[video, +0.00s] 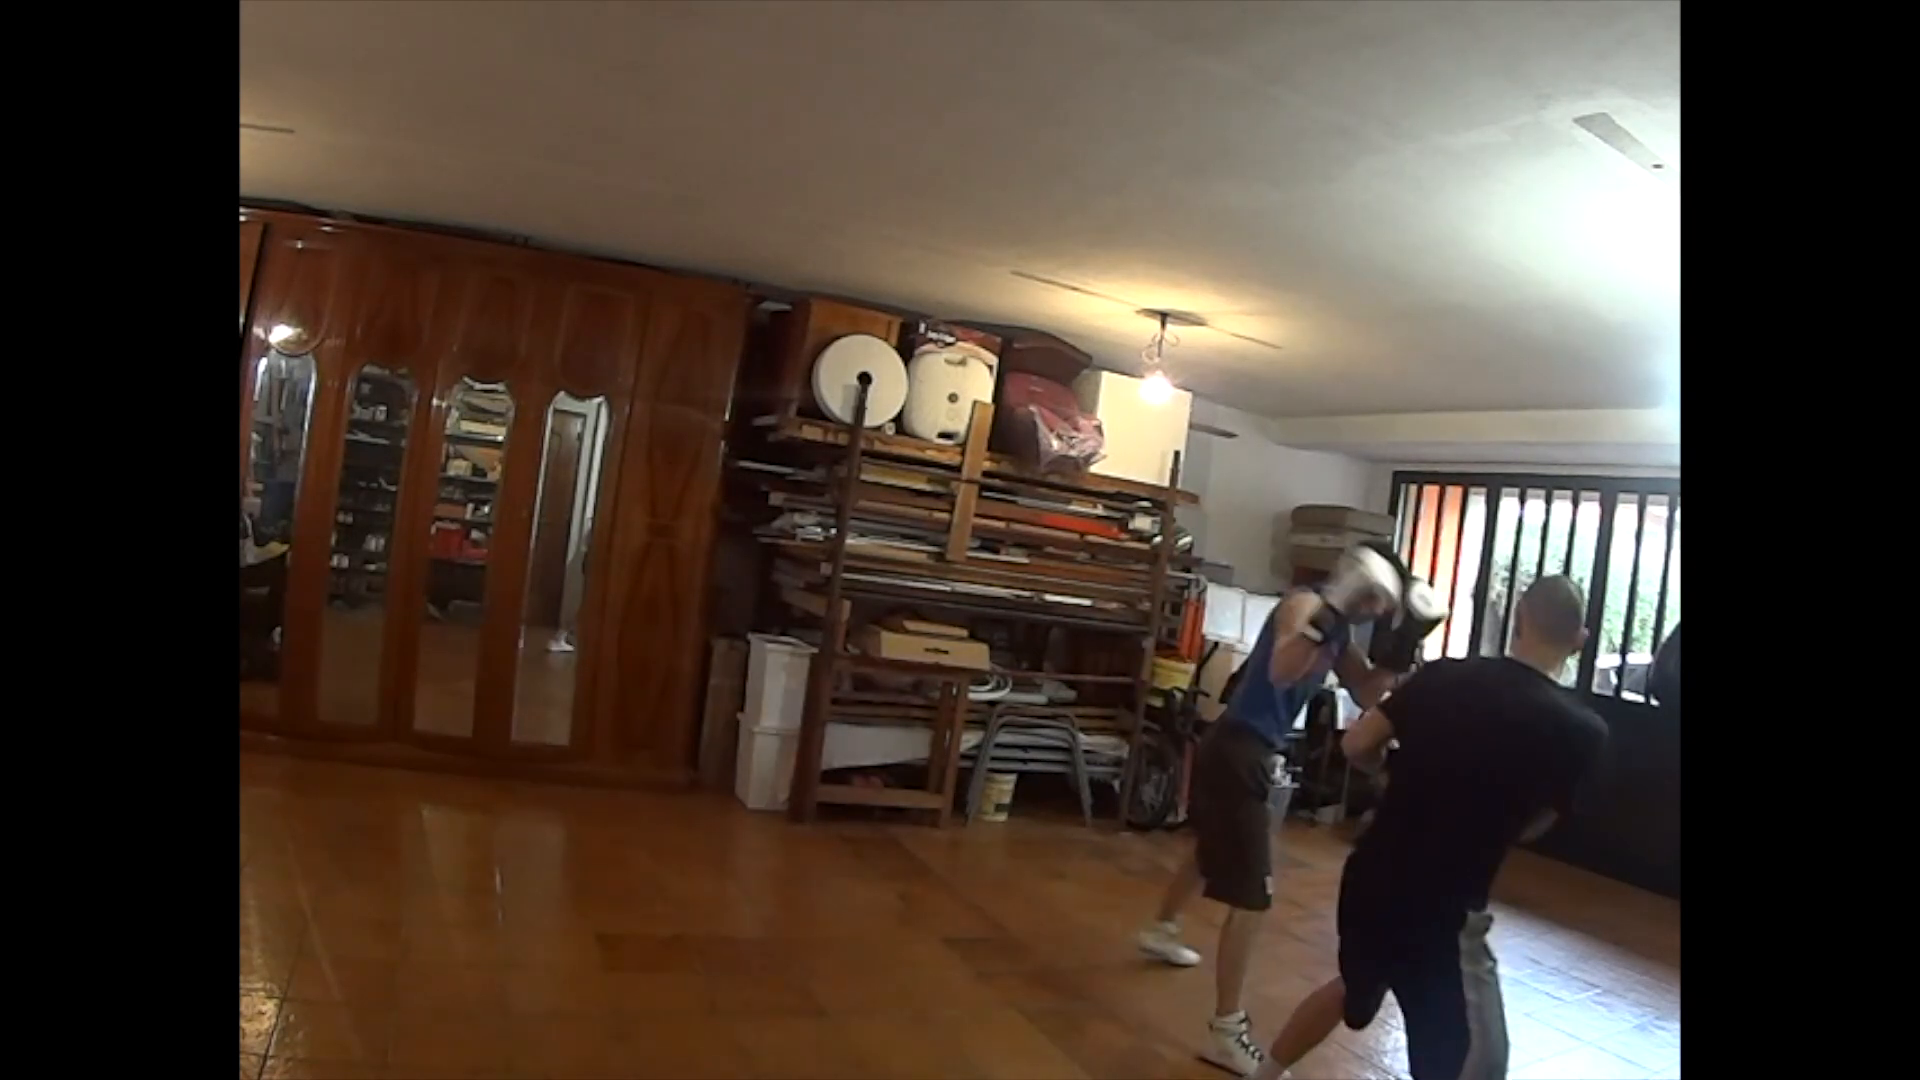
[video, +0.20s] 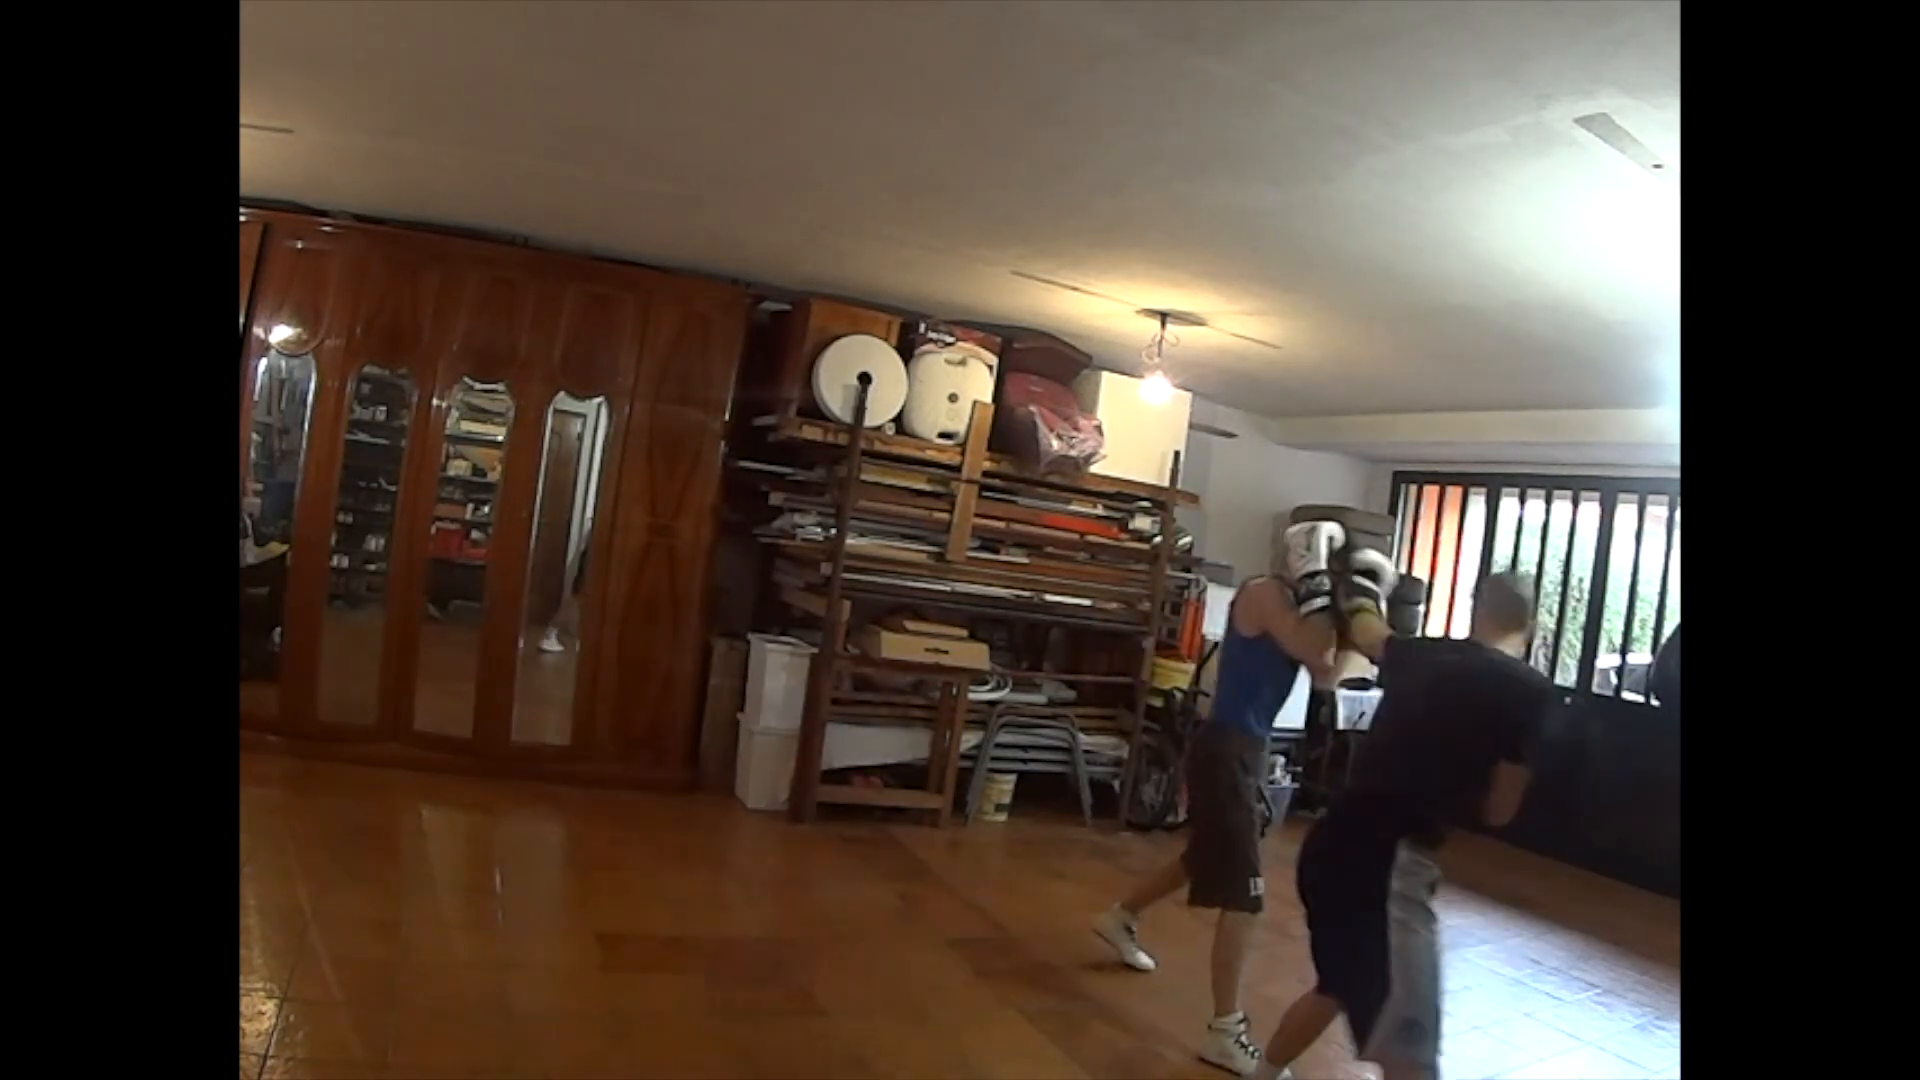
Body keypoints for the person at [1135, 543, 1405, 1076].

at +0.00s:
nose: (1376, 615)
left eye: (1382, 611)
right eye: (1377, 605)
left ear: (1366, 600)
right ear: (1359, 588)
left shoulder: (1337, 630)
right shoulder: (1301, 605)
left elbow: (1370, 692)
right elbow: (1285, 670)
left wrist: (1405, 644)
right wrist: (1333, 616)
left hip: (1252, 750)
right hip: (1236, 750)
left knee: (1207, 848)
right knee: (1251, 897)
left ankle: (1160, 928)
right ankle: (1226, 1026)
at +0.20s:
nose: (1326, 569)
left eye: (1328, 558)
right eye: (1323, 556)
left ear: (1304, 559)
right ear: (1304, 556)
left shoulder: (1295, 607)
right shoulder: (1263, 592)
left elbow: (1327, 674)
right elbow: (1313, 652)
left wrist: (1342, 605)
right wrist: (1329, 598)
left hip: (1247, 753)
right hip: (1226, 751)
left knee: (1203, 860)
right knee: (1241, 896)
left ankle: (1119, 918)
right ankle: (1225, 1028)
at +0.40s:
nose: (1286, 582)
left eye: (1290, 574)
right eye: (1283, 569)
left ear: (1285, 578)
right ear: (1260, 561)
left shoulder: (1263, 617)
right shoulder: (1213, 595)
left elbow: (1276, 679)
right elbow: (1229, 656)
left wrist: (1303, 628)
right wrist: (1256, 599)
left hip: (1224, 750)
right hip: (1192, 745)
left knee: (1178, 861)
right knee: (1208, 885)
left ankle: (1105, 927)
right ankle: (1213, 1020)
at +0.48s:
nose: (1277, 582)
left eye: (1281, 575)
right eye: (1275, 571)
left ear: (1274, 579)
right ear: (1253, 560)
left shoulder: (1253, 617)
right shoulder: (1199, 593)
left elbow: (1266, 679)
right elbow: (1189, 654)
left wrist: (1294, 626)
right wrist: (1233, 611)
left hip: (1214, 743)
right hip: (1181, 740)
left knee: (1173, 855)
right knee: (1190, 873)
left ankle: (1104, 925)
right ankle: (1196, 1011)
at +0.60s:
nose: (1258, 566)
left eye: (1268, 561)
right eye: (1253, 554)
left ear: (1272, 565)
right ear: (1231, 543)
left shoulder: (1246, 606)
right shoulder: (1187, 579)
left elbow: (1254, 673)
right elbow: (1131, 645)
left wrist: (1286, 612)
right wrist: (1183, 608)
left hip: (1197, 729)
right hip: (1170, 723)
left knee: (1163, 843)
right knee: (1174, 857)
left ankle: (1105, 923)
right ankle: (1136, 991)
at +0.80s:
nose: (1236, 564)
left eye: (1243, 554)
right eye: (1229, 551)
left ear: (1246, 554)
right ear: (1206, 543)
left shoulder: (1231, 601)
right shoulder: (1162, 582)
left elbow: (1235, 681)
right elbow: (1104, 653)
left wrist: (1259, 619)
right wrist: (1147, 636)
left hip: (1190, 733)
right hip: (1152, 728)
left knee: (1149, 851)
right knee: (1129, 861)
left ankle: (1103, 929)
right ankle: (1052, 973)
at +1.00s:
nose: (1197, 579)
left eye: (1206, 568)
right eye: (1187, 567)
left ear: (1216, 563)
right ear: (1165, 554)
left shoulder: (1222, 600)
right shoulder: (1127, 591)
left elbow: (1226, 665)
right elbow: (1088, 675)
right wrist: (1124, 664)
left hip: (1172, 741)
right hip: (1118, 735)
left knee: (1157, 855)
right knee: (1090, 861)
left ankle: (1108, 927)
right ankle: (1040, 977)